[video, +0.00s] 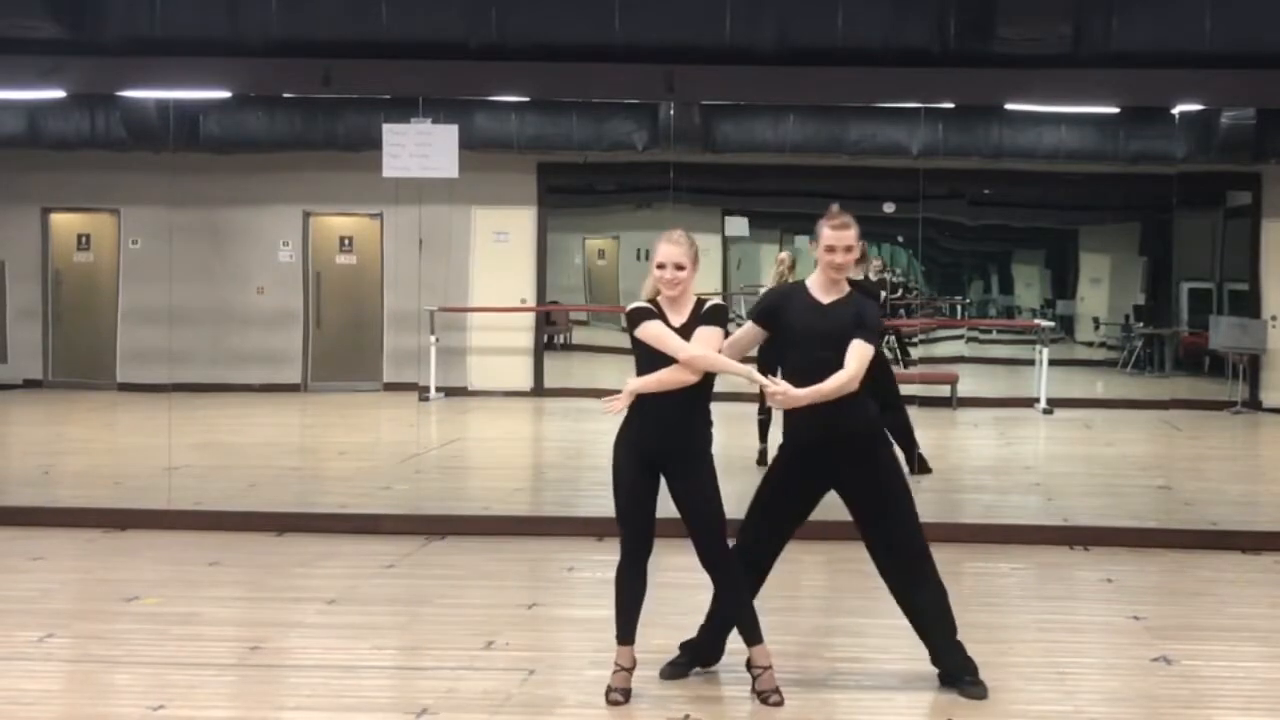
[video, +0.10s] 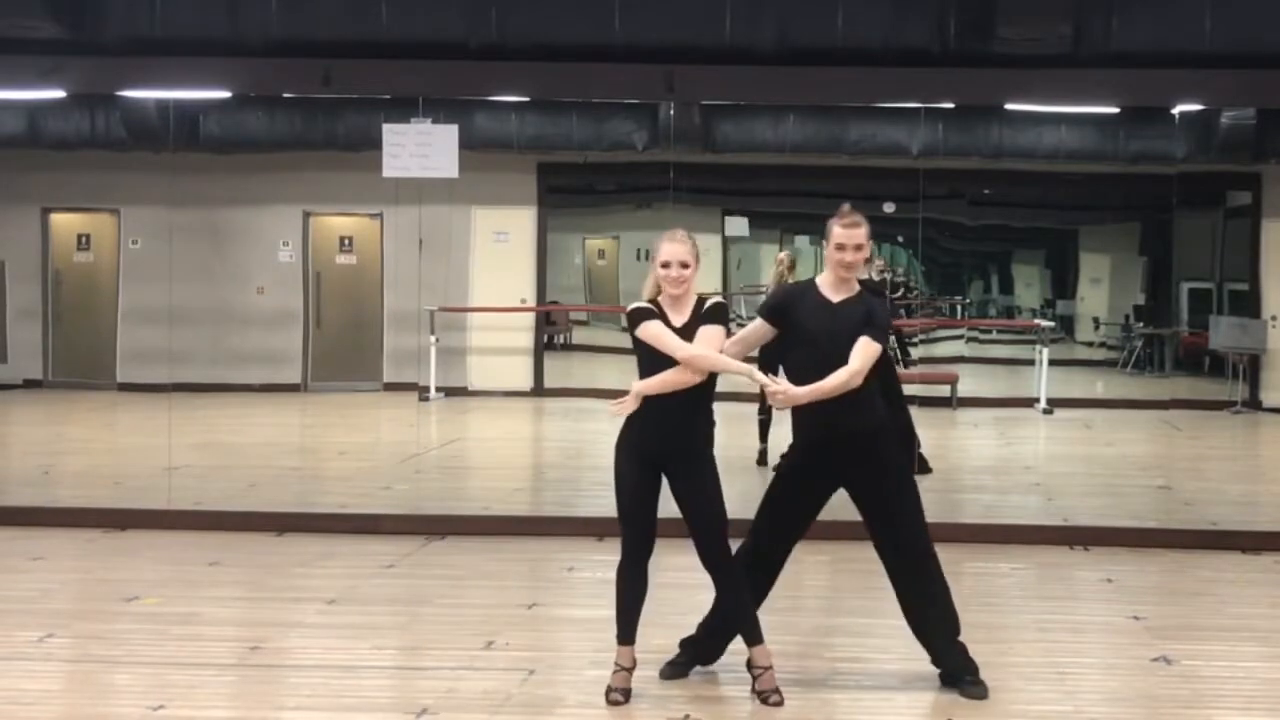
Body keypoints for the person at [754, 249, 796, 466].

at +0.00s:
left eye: (781, 263)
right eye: (786, 264)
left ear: (776, 267)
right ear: (792, 268)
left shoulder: (770, 293)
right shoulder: (795, 294)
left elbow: (756, 324)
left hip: (767, 350)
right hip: (788, 350)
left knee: (763, 398)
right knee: (792, 397)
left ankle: (762, 446)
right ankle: (790, 444)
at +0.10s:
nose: (782, 267)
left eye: (780, 263)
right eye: (786, 264)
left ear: (776, 267)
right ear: (792, 268)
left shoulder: (771, 292)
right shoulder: (795, 293)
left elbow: (760, 322)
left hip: (768, 349)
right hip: (788, 348)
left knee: (764, 397)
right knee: (797, 395)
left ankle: (762, 446)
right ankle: (798, 445)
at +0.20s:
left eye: (776, 264)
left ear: (776, 267)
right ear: (794, 268)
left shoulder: (770, 291)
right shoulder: (798, 293)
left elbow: (762, 325)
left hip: (769, 348)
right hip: (792, 348)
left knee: (765, 398)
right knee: (801, 398)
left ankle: (763, 446)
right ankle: (801, 447)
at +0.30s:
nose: (799, 270)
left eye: (797, 267)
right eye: (797, 267)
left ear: (776, 268)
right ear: (794, 269)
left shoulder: (770, 292)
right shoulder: (798, 292)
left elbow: (764, 325)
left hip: (770, 348)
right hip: (794, 348)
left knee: (765, 398)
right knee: (802, 398)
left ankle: (763, 446)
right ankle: (802, 448)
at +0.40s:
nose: (798, 271)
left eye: (797, 268)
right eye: (796, 268)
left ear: (775, 270)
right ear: (791, 270)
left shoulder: (770, 293)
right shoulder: (798, 293)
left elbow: (765, 327)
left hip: (770, 349)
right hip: (794, 350)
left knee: (766, 398)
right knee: (803, 401)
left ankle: (763, 446)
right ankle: (798, 449)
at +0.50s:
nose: (796, 272)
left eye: (795, 268)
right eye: (794, 268)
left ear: (772, 270)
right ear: (791, 270)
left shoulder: (767, 290)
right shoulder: (797, 291)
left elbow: (762, 323)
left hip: (769, 347)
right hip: (793, 347)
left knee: (766, 398)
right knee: (804, 399)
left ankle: (763, 447)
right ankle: (797, 450)